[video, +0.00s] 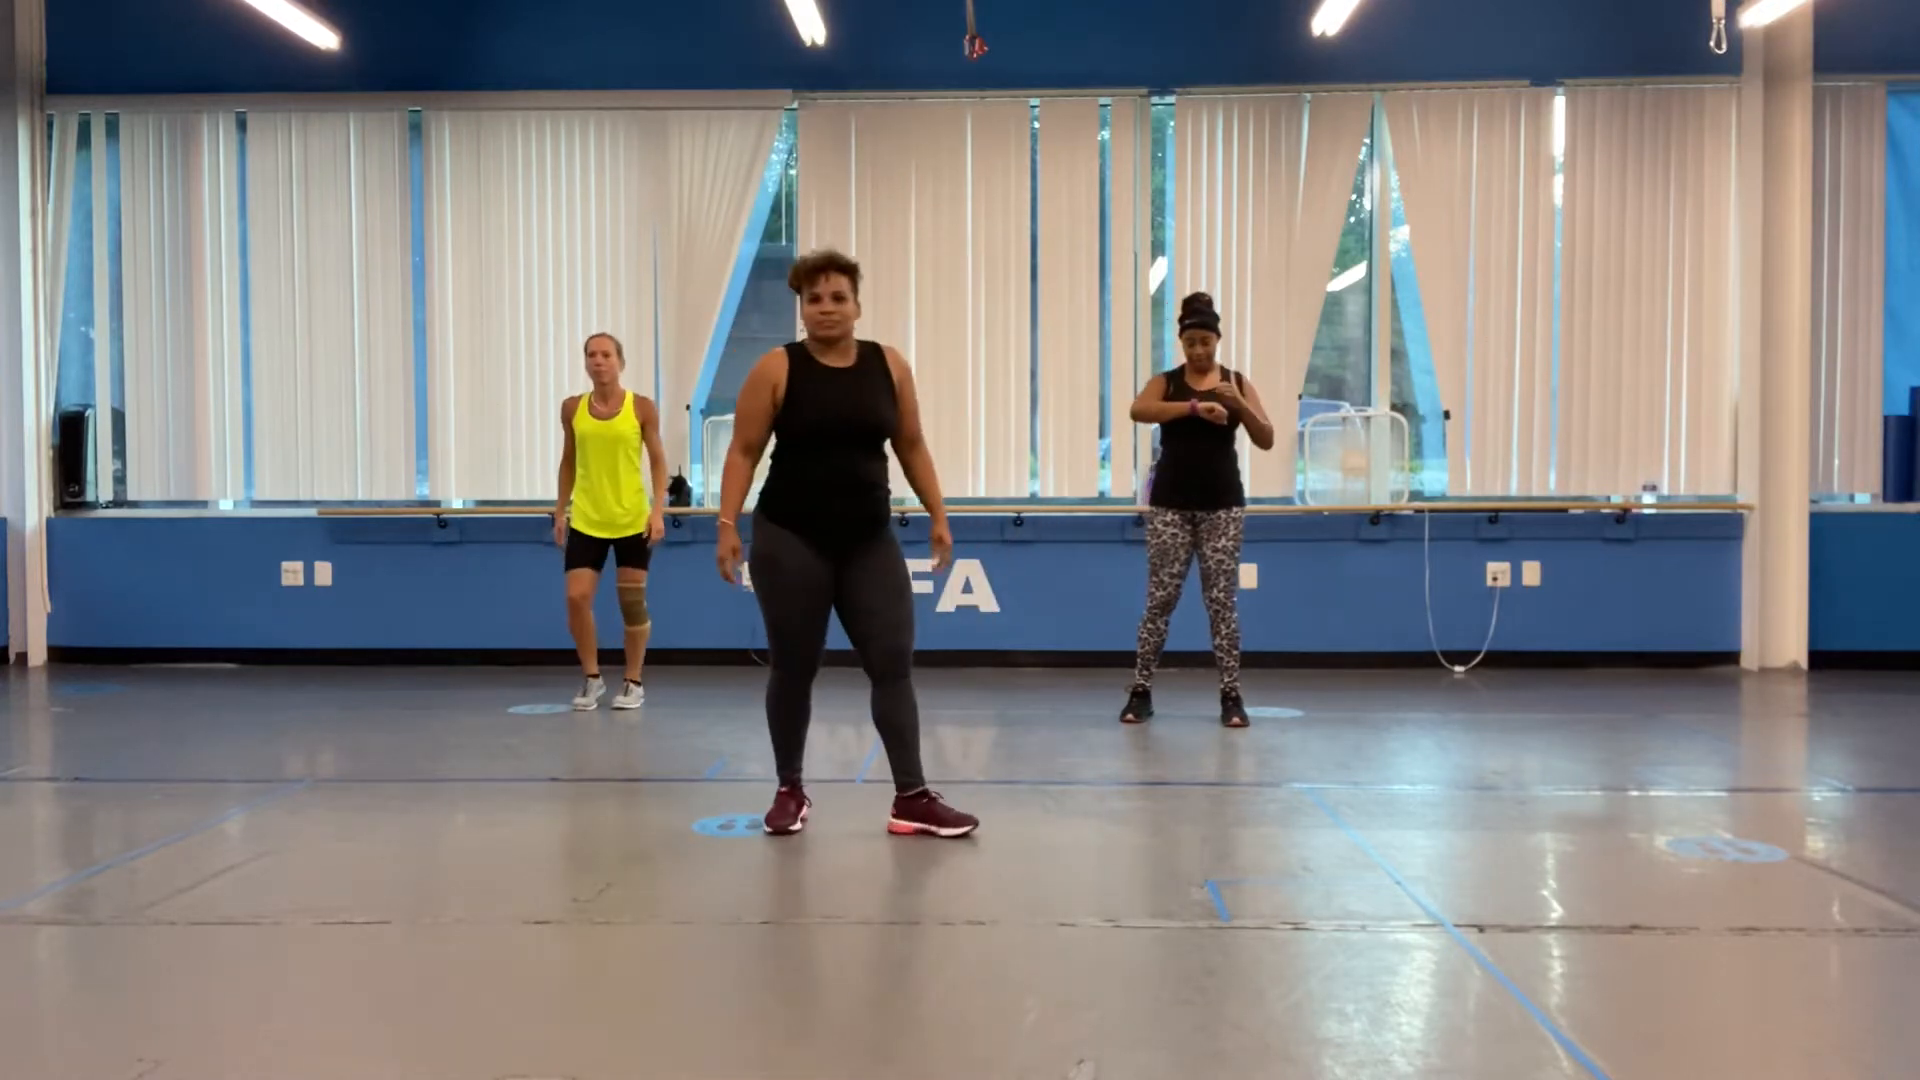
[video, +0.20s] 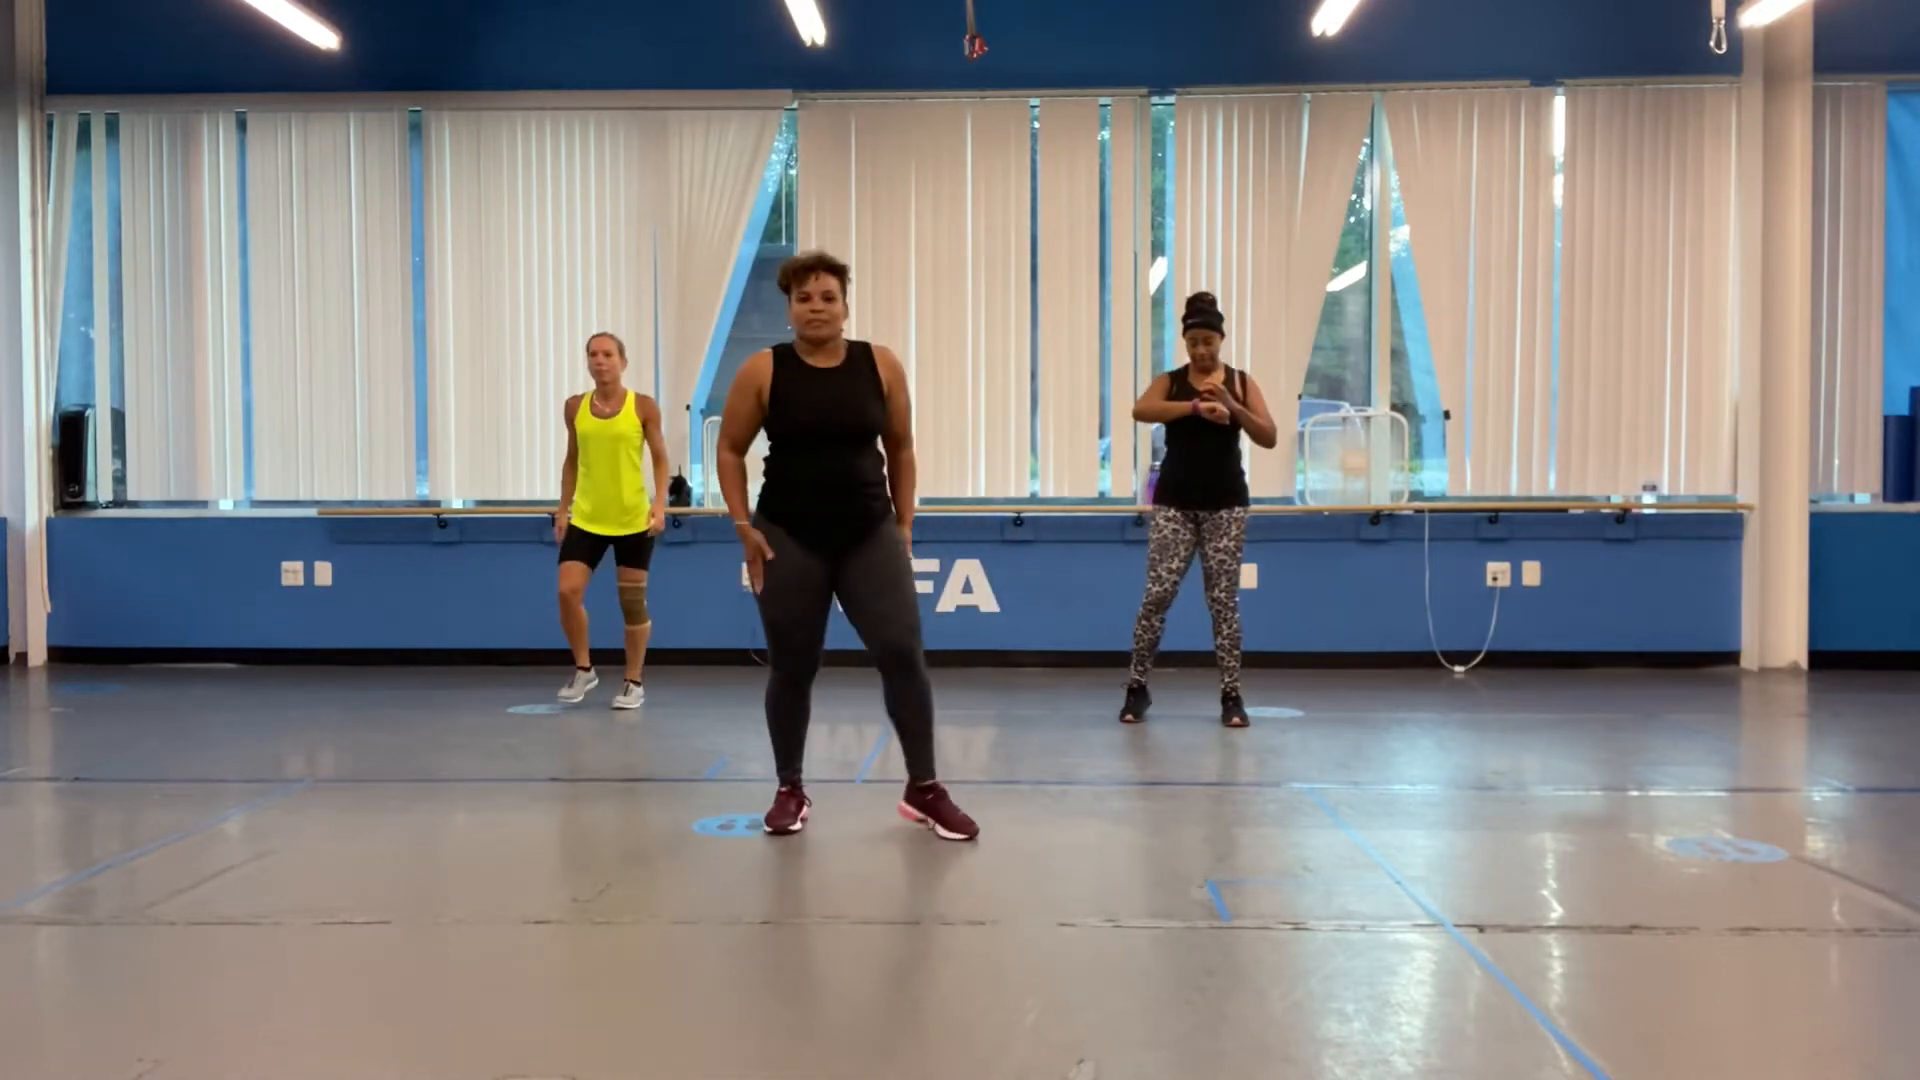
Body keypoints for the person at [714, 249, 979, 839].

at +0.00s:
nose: (827, 308)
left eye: (838, 298)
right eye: (816, 299)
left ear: (857, 304)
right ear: (800, 306)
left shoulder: (889, 365)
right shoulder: (775, 369)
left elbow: (912, 445)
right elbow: (743, 451)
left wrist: (938, 515)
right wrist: (727, 523)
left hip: (869, 539)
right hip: (791, 539)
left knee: (892, 662)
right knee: (792, 666)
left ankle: (912, 796)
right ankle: (789, 790)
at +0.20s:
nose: (817, 307)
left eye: (828, 297)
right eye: (806, 298)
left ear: (846, 305)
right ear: (789, 307)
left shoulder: (881, 366)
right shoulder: (762, 372)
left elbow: (900, 446)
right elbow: (730, 451)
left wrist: (903, 525)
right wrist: (744, 526)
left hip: (869, 535)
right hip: (789, 538)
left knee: (904, 653)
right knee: (791, 667)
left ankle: (923, 786)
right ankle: (789, 789)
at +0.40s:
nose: (840, 306)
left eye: (849, 296)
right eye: (827, 297)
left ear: (862, 304)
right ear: (805, 308)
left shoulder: (894, 365)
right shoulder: (776, 372)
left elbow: (930, 441)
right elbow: (745, 456)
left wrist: (942, 514)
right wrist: (741, 532)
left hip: (882, 535)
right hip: (801, 539)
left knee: (932, 647)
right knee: (798, 669)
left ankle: (978, 772)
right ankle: (790, 789)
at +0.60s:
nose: (883, 308)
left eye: (891, 299)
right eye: (870, 300)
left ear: (904, 309)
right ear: (847, 311)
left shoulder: (938, 375)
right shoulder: (820, 385)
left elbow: (968, 460)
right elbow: (799, 472)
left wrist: (978, 542)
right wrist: (786, 552)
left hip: (922, 548)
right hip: (839, 548)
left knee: (950, 677)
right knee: (819, 674)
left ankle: (1003, 806)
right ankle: (793, 788)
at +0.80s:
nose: (933, 301)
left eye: (943, 292)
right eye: (921, 293)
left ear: (961, 302)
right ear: (903, 306)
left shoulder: (998, 375)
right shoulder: (879, 380)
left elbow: (1029, 460)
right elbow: (858, 470)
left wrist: (1045, 537)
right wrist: (847, 557)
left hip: (982, 546)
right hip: (898, 546)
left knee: (993, 672)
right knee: (860, 670)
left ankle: (1017, 814)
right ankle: (805, 780)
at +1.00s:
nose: (970, 294)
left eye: (981, 284)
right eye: (958, 286)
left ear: (999, 295)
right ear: (939, 299)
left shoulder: (1037, 367)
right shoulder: (913, 370)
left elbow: (1069, 449)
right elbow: (893, 460)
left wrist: (1076, 525)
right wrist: (891, 541)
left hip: (1016, 542)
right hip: (932, 542)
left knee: (1012, 675)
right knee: (907, 669)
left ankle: (1018, 815)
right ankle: (870, 777)